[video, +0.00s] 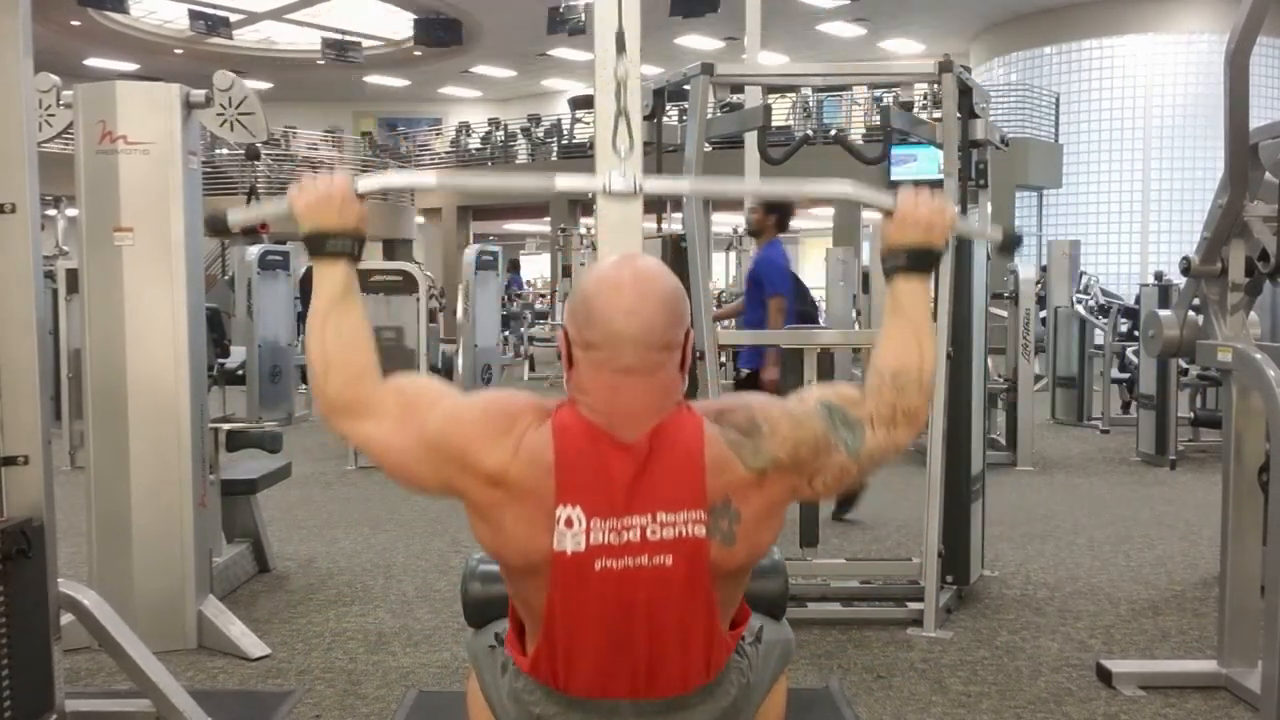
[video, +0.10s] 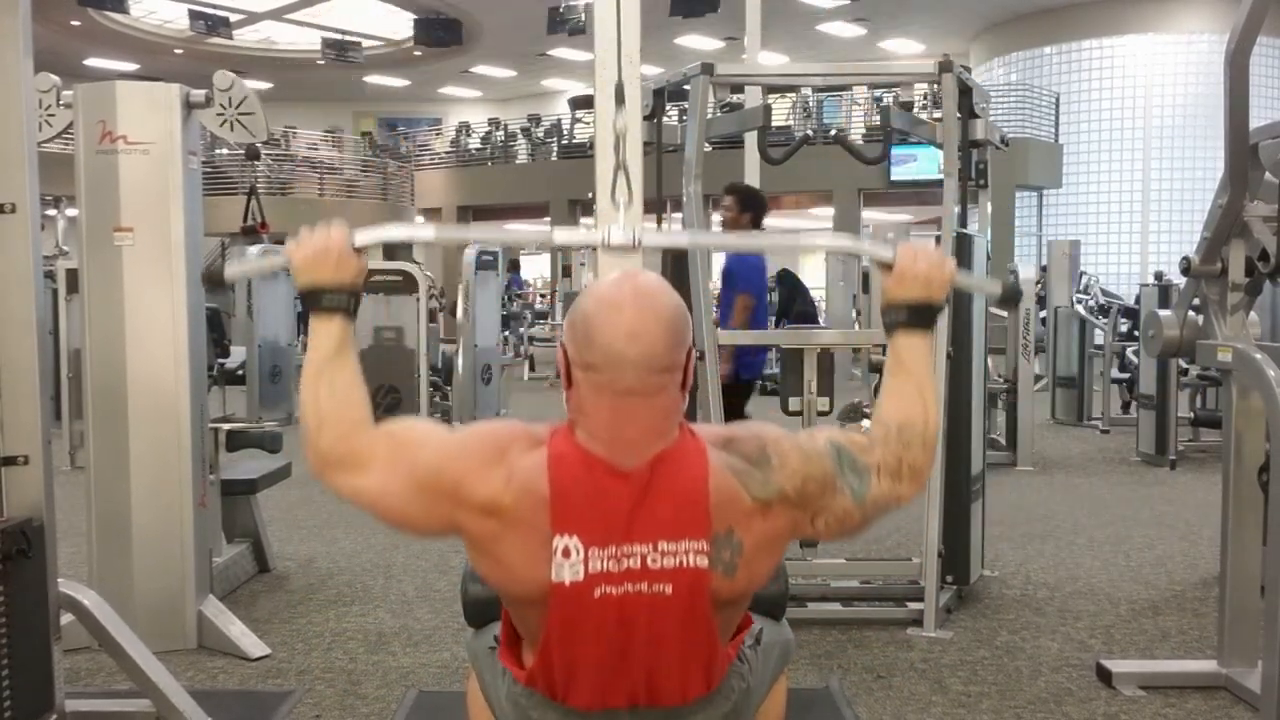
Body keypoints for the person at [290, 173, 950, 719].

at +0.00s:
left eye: (566, 331)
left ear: (567, 349)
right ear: (685, 351)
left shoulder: (500, 441)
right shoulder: (761, 439)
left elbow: (351, 403)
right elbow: (897, 414)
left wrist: (331, 252)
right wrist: (912, 268)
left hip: (549, 695)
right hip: (703, 693)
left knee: (489, 650)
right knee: (771, 646)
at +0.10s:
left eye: (567, 344)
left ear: (566, 368)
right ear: (686, 369)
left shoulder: (495, 473)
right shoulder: (756, 474)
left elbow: (340, 452)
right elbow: (901, 465)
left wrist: (327, 305)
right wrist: (914, 319)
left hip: (546, 696)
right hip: (708, 694)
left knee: (492, 615)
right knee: (770, 639)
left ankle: (480, 708)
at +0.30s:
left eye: (564, 375)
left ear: (564, 398)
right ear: (688, 401)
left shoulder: (488, 517)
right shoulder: (764, 515)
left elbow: (336, 555)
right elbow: (895, 564)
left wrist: (323, 407)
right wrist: (909, 417)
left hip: (537, 704)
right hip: (703, 704)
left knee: (488, 643)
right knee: (770, 628)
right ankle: (774, 702)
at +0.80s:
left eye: (560, 398)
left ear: (559, 430)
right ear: (688, 428)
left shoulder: (480, 553)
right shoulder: (764, 554)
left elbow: (350, 647)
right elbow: (875, 653)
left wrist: (325, 492)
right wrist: (907, 501)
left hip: (528, 711)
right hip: (703, 714)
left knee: (487, 666)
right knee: (770, 654)